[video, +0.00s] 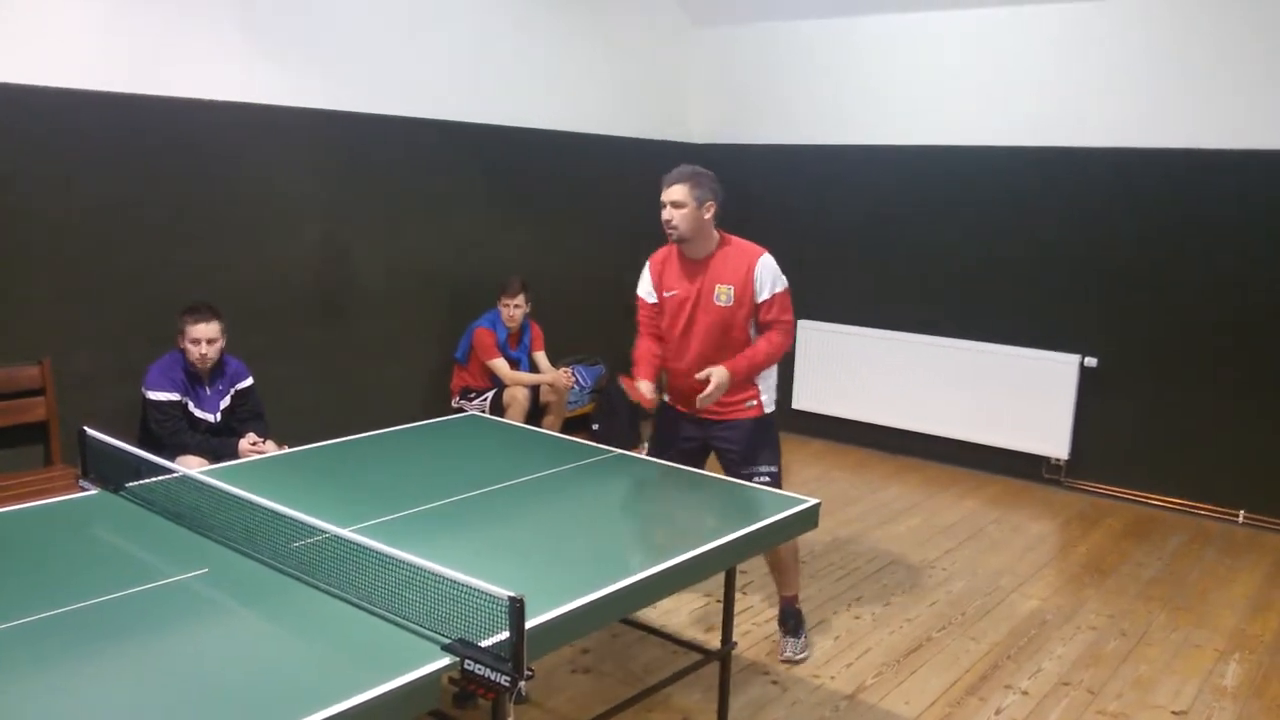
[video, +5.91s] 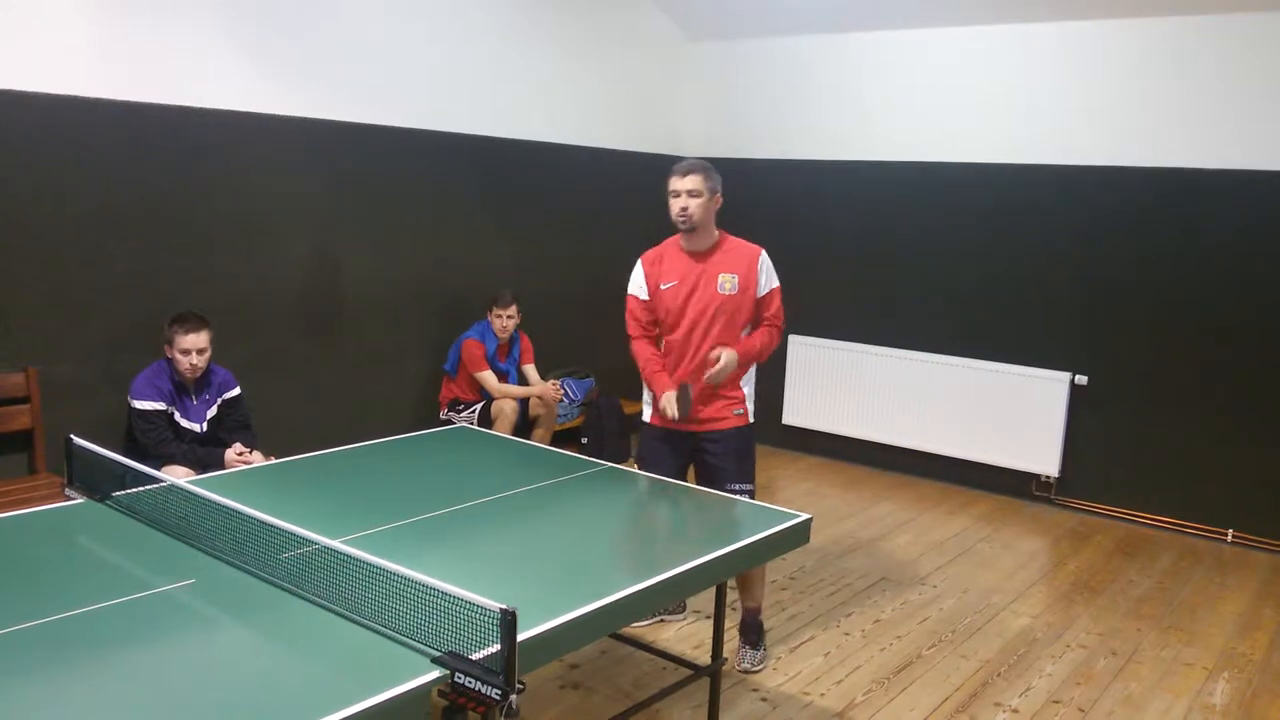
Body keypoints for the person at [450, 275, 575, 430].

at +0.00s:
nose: (511, 313)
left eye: (517, 307)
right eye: (506, 306)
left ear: (527, 308)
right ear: (498, 306)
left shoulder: (532, 330)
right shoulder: (483, 331)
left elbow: (546, 368)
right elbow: (508, 378)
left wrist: (560, 377)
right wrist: (550, 379)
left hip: (505, 390)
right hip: (470, 397)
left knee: (558, 393)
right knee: (519, 395)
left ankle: (545, 453)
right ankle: (508, 453)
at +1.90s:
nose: (504, 320)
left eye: (510, 314)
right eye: (499, 313)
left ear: (520, 316)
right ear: (491, 314)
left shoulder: (523, 339)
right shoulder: (474, 340)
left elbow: (538, 379)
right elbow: (498, 388)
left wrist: (552, 387)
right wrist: (542, 388)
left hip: (496, 401)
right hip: (461, 407)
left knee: (550, 403)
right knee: (510, 405)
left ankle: (536, 463)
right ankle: (498, 462)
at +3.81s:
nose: (511, 320)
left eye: (517, 314)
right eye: (506, 313)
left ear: (525, 315)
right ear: (497, 313)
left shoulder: (529, 337)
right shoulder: (479, 339)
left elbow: (543, 377)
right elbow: (503, 387)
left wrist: (556, 385)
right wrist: (547, 386)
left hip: (502, 399)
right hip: (466, 406)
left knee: (555, 400)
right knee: (516, 403)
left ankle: (544, 462)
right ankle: (503, 461)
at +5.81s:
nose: (504, 325)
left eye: (510, 319)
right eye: (498, 318)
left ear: (518, 320)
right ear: (489, 317)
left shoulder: (521, 342)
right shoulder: (472, 344)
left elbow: (536, 383)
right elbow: (496, 392)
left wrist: (550, 391)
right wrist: (540, 391)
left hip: (493, 405)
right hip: (457, 411)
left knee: (547, 406)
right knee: (508, 407)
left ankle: (535, 468)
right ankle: (495, 467)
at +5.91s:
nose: (504, 324)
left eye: (510, 318)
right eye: (498, 317)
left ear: (518, 319)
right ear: (489, 316)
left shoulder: (521, 341)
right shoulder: (472, 343)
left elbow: (536, 382)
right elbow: (496, 391)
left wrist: (550, 390)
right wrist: (539, 391)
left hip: (494, 404)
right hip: (457, 410)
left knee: (547, 405)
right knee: (508, 407)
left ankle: (534, 468)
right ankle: (495, 467)